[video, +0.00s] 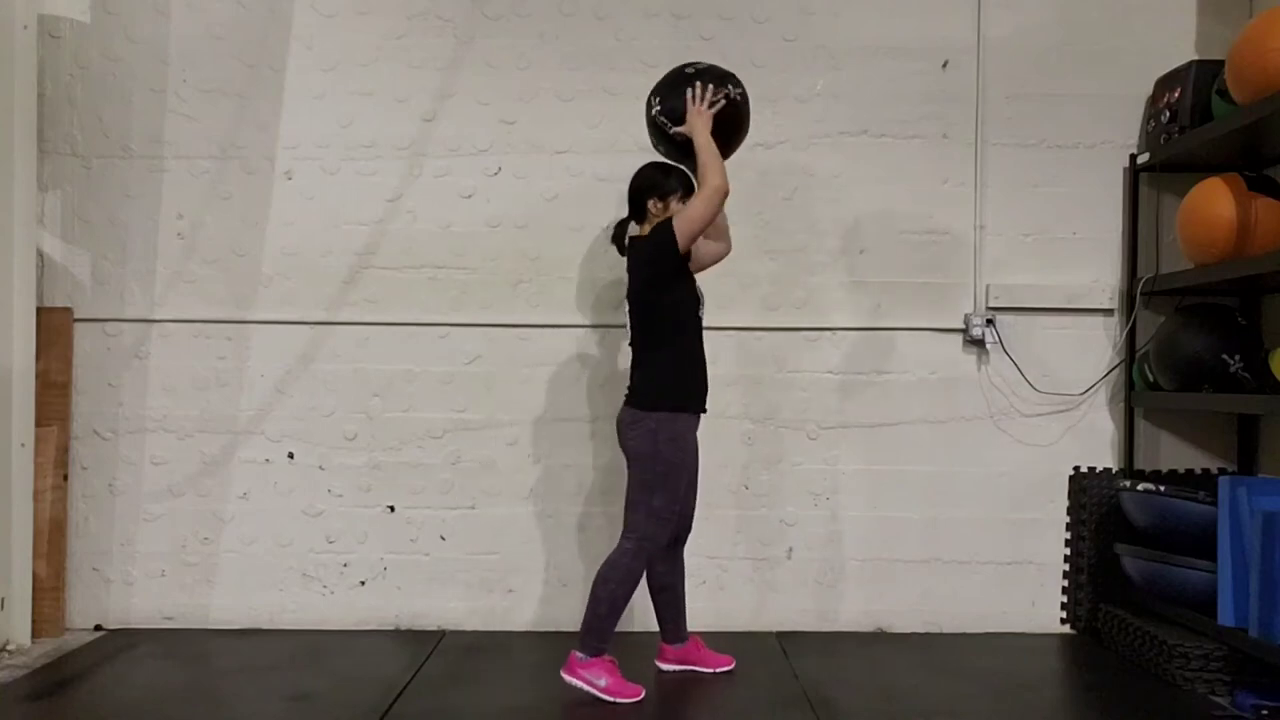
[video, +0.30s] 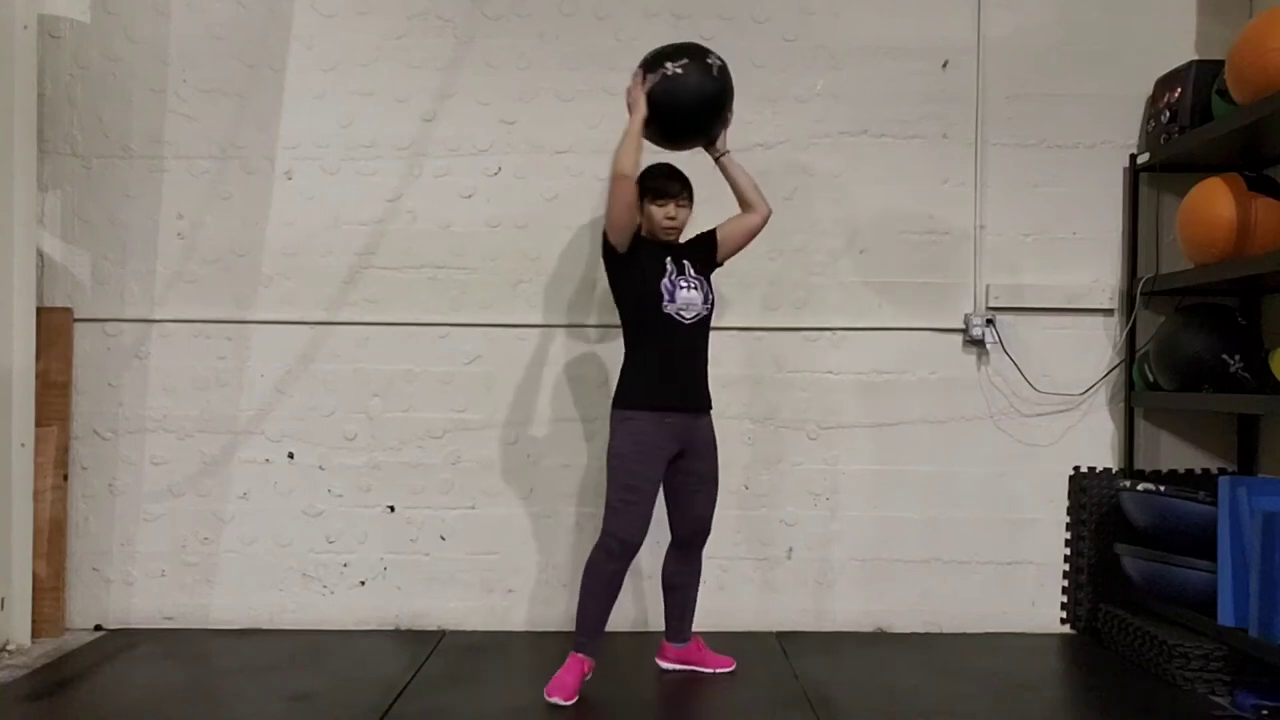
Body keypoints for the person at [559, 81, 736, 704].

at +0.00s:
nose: (696, 210)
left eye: (693, 202)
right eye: (690, 200)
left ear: (654, 207)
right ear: (669, 203)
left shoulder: (665, 256)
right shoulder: (653, 250)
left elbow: (718, 245)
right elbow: (714, 191)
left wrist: (711, 174)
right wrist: (700, 131)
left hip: (674, 420)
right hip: (656, 420)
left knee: (671, 535)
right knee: (641, 539)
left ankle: (676, 644)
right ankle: (587, 655)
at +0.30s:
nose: (672, 209)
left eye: (681, 202)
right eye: (662, 200)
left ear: (690, 209)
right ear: (642, 206)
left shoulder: (698, 256)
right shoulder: (627, 254)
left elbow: (757, 212)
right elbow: (622, 184)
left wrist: (719, 150)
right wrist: (637, 119)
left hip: (695, 424)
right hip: (640, 423)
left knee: (690, 538)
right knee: (621, 539)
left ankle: (679, 643)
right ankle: (582, 654)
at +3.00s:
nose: (702, 254)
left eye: (701, 245)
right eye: (700, 245)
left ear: (653, 239)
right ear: (687, 242)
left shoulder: (620, 286)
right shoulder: (685, 287)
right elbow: (759, 294)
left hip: (595, 446)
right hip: (632, 451)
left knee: (678, 532)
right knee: (626, 582)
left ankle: (673, 650)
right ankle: (522, 660)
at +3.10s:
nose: (709, 281)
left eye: (710, 271)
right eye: (709, 271)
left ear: (662, 263)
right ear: (696, 267)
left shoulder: (630, 312)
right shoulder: (697, 323)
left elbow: (665, 369)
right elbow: (746, 388)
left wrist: (726, 360)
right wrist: (795, 372)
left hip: (589, 460)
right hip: (620, 468)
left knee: (681, 531)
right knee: (626, 601)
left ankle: (674, 651)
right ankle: (516, 663)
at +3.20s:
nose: (715, 302)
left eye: (717, 293)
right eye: (716, 293)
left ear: (668, 287)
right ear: (703, 290)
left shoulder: (640, 336)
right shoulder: (703, 349)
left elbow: (625, 410)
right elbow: (729, 438)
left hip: (586, 475)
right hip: (613, 484)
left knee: (684, 533)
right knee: (622, 618)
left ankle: (675, 650)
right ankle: (510, 668)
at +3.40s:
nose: (730, 318)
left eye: (732, 310)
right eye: (730, 309)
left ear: (681, 303)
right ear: (718, 306)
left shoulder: (651, 349)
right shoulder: (713, 366)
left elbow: (636, 428)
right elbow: (726, 458)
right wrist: (749, 522)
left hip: (589, 480)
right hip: (616, 490)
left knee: (691, 534)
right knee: (625, 625)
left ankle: (676, 651)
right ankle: (510, 668)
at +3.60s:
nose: (734, 309)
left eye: (735, 301)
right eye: (734, 300)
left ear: (685, 296)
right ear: (721, 299)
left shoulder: (652, 344)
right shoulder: (724, 360)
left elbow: (656, 420)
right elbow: (717, 447)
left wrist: (711, 460)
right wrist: (740, 481)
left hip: (600, 469)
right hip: (634, 479)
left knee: (695, 535)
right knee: (629, 616)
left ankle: (675, 650)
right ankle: (521, 665)